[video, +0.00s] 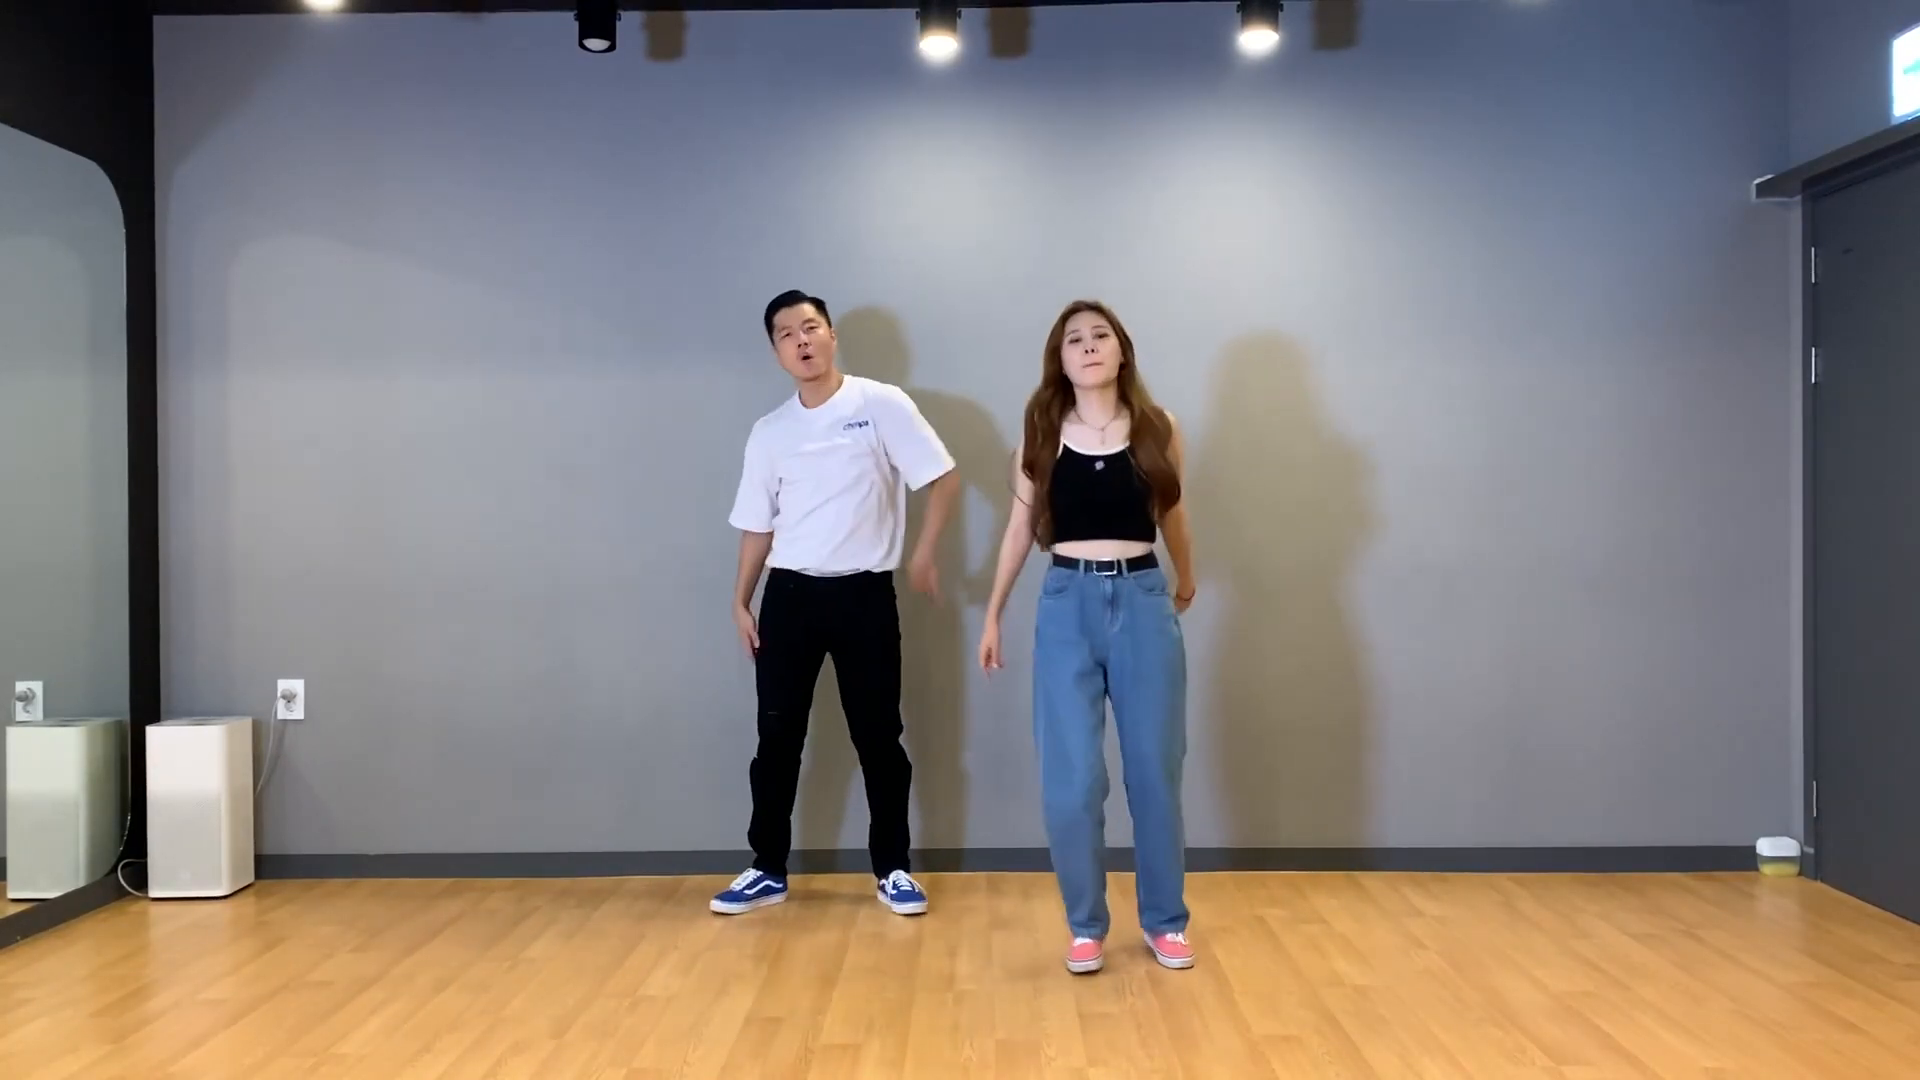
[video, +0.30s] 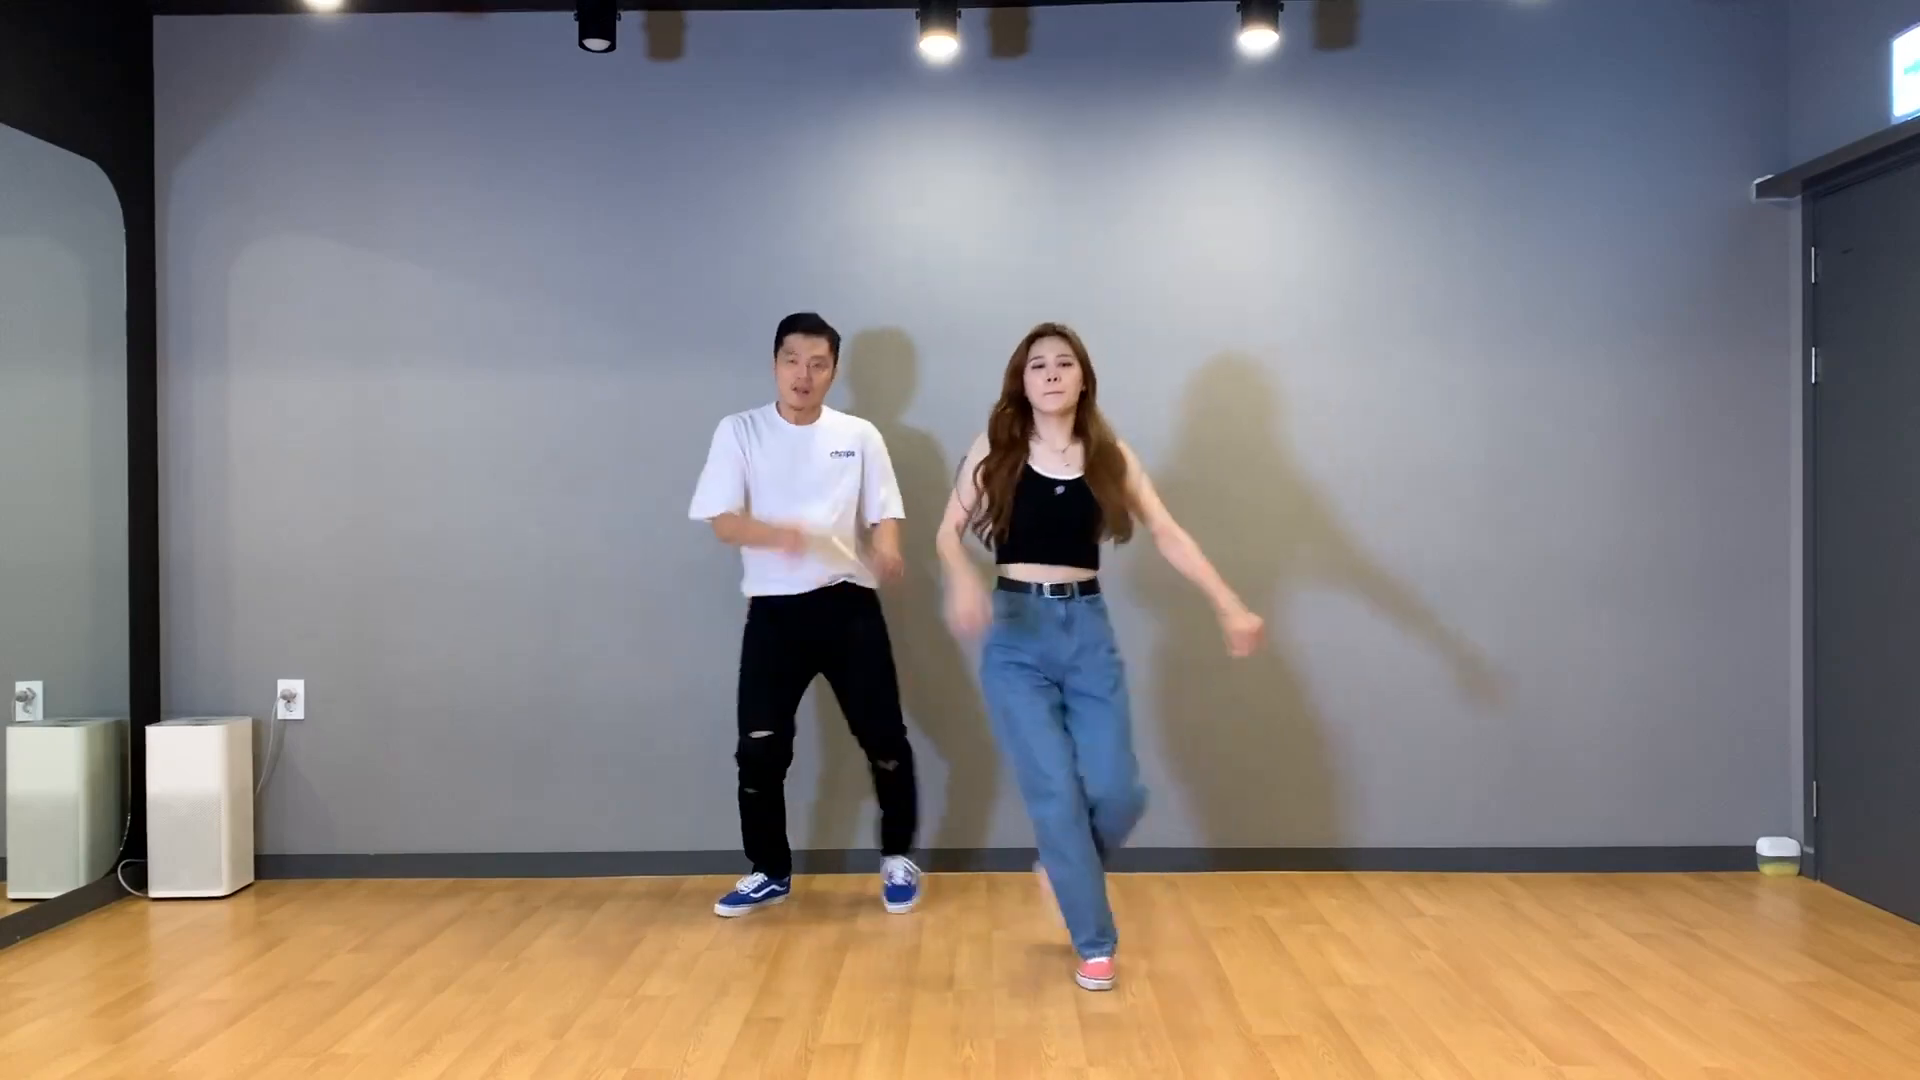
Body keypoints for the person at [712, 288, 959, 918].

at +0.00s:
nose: (802, 339)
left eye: (810, 326)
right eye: (788, 334)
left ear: (833, 335)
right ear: (778, 354)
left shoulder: (880, 402)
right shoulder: (768, 431)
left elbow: (944, 476)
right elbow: (757, 525)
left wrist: (925, 550)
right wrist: (741, 600)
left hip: (865, 595)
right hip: (789, 599)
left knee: (879, 740)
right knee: (776, 741)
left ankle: (894, 870)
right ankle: (767, 871)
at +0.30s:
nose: (803, 374)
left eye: (816, 363)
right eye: (792, 361)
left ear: (832, 371)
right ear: (774, 365)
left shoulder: (859, 435)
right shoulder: (737, 433)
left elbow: (885, 517)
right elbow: (723, 521)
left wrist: (886, 551)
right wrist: (774, 535)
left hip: (849, 607)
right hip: (773, 614)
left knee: (884, 739)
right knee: (758, 751)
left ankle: (898, 859)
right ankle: (770, 873)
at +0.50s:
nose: (789, 406)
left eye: (804, 396)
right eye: (780, 390)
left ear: (823, 399)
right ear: (766, 388)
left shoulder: (842, 452)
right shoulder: (737, 431)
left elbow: (854, 543)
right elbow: (736, 514)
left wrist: (806, 555)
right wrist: (817, 485)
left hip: (809, 626)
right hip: (737, 619)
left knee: (801, 763)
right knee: (677, 744)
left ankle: (796, 872)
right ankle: (702, 847)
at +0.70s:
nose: (772, 349)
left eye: (785, 340)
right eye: (760, 338)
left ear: (801, 355)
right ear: (741, 349)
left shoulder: (817, 431)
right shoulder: (689, 402)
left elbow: (913, 472)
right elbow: (591, 419)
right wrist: (504, 429)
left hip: (778, 607)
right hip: (699, 604)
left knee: (800, 745)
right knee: (646, 737)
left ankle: (787, 877)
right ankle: (592, 870)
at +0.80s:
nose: (752, 339)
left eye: (763, 330)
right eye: (739, 330)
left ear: (780, 344)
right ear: (718, 342)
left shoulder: (803, 409)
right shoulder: (665, 386)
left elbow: (898, 401)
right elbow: (569, 350)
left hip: (764, 600)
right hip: (686, 599)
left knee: (785, 742)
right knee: (641, 735)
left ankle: (769, 879)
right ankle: (591, 871)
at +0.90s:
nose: (733, 336)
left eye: (745, 326)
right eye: (721, 326)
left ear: (762, 340)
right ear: (700, 341)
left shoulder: (787, 397)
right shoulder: (655, 380)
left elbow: (859, 358)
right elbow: (573, 314)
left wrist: (922, 316)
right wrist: (505, 265)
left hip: (753, 599)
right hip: (675, 599)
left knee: (787, 734)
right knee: (632, 734)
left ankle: (766, 875)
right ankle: (586, 871)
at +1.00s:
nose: (722, 340)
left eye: (734, 331)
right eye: (707, 331)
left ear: (751, 344)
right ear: (688, 346)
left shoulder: (771, 398)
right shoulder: (656, 393)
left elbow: (824, 325)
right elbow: (606, 305)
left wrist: (874, 251)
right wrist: (555, 225)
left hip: (744, 601)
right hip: (664, 602)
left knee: (805, 729)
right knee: (618, 738)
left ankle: (787, 861)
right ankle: (576, 873)